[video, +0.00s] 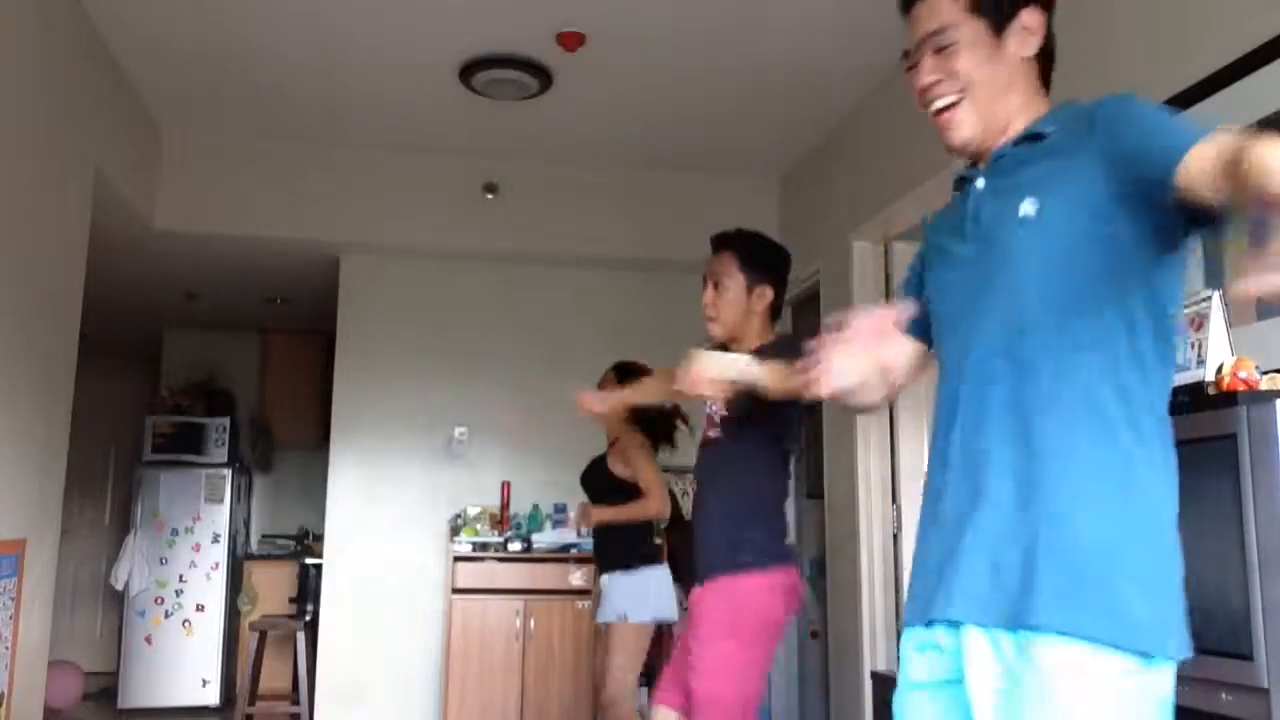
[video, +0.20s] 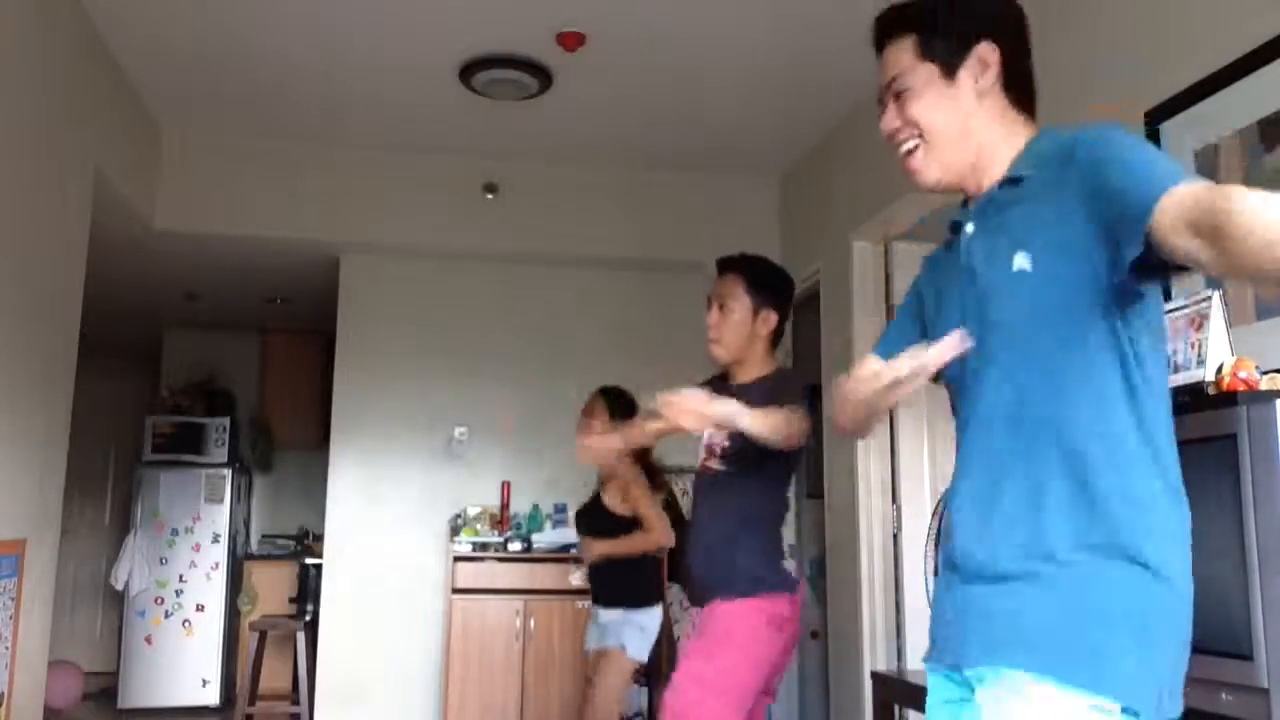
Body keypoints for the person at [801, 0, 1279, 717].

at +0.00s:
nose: (923, 77)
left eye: (943, 45)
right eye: (913, 61)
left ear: (1026, 31)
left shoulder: (1109, 132)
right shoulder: (946, 231)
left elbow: (1238, 164)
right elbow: (895, 361)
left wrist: (1266, 188)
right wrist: (864, 361)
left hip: (1093, 596)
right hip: (948, 596)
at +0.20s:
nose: (887, 123)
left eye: (902, 91)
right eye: (884, 103)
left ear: (982, 69)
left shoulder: (1088, 161)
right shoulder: (947, 260)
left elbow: (1205, 220)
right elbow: (844, 416)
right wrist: (885, 381)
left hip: (1088, 607)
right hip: (969, 606)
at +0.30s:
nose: (903, 92)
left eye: (915, 58)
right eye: (898, 74)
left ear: (995, 32)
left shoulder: (1103, 119)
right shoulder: (938, 222)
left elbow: (1243, 165)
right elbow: (853, 360)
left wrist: (1216, 267)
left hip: (1090, 578)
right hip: (968, 581)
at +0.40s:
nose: (920, 66)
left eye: (936, 34)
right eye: (917, 52)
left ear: (1020, 15)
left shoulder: (1137, 105)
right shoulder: (938, 209)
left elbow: (1270, 148)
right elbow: (859, 355)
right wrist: (724, 490)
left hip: (1107, 588)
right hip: (963, 591)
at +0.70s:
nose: (931, 70)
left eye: (945, 40)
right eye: (925, 54)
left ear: (1029, 19)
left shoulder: (1143, 106)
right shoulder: (951, 225)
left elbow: (1271, 117)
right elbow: (843, 363)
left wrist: (1128, 210)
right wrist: (690, 457)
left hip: (1131, 617)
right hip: (975, 619)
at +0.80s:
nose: (920, 68)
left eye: (933, 37)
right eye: (915, 52)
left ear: (1016, 18)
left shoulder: (1108, 100)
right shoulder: (950, 217)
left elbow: (1220, 131)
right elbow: (886, 362)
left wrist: (1264, 170)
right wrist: (788, 372)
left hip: (1095, 587)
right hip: (959, 587)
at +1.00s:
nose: (908, 102)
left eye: (925, 71)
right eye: (906, 84)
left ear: (1007, 53)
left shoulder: (1087, 147)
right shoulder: (951, 261)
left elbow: (1197, 183)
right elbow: (885, 410)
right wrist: (840, 376)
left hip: (1074, 622)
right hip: (969, 618)